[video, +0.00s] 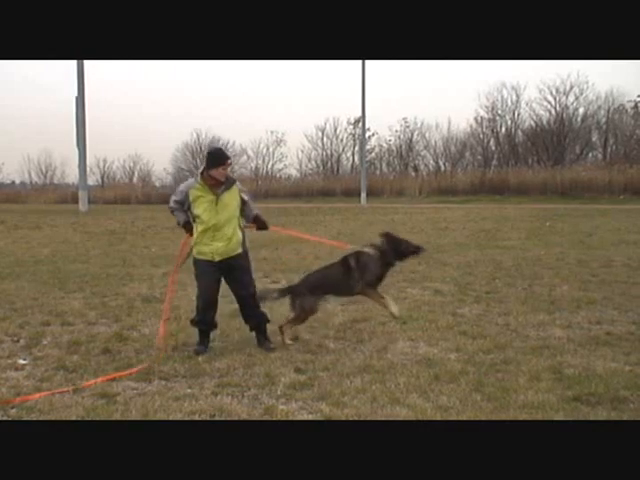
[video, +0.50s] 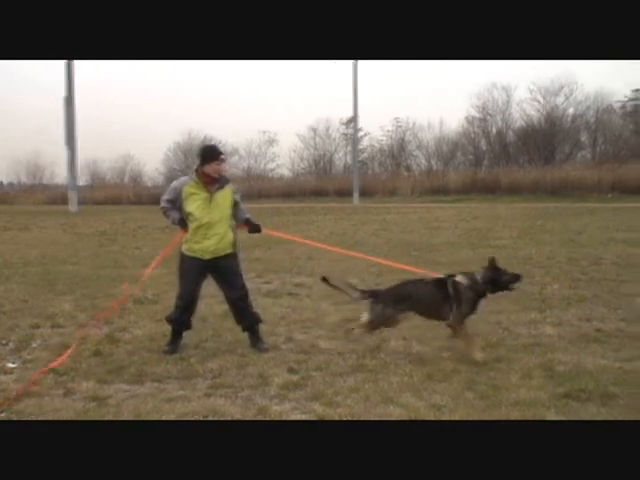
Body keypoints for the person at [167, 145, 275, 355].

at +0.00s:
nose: (226, 171)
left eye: (227, 167)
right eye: (222, 168)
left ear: (227, 168)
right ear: (210, 168)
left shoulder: (233, 187)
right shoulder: (190, 188)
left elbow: (245, 206)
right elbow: (175, 205)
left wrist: (256, 218)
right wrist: (184, 221)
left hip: (234, 253)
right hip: (205, 255)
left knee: (248, 295)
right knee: (206, 299)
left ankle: (262, 335)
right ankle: (203, 340)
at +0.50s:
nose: (221, 167)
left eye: (222, 163)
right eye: (217, 163)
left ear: (221, 165)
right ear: (204, 165)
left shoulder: (227, 188)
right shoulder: (183, 185)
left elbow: (237, 209)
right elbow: (166, 205)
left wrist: (248, 222)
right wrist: (179, 219)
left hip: (224, 253)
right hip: (193, 253)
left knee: (238, 295)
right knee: (186, 298)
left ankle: (255, 336)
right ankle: (175, 339)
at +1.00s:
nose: (177, 168)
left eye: (179, 164)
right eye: (173, 164)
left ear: (179, 164)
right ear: (160, 164)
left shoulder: (183, 186)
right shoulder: (138, 183)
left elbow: (189, 209)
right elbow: (120, 202)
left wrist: (196, 220)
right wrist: (133, 219)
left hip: (176, 253)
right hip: (147, 253)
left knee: (186, 296)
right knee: (136, 299)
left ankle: (200, 339)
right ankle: (118, 340)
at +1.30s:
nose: (172, 171)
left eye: (173, 167)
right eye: (168, 167)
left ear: (171, 168)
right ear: (155, 167)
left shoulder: (175, 191)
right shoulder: (131, 186)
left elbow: (180, 216)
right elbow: (111, 206)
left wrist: (188, 224)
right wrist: (127, 221)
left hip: (169, 256)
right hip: (140, 256)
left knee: (181, 299)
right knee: (131, 301)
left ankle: (198, 340)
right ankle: (117, 341)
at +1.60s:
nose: (166, 173)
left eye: (168, 169)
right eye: (163, 169)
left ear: (166, 170)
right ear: (150, 169)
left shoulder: (169, 191)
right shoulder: (127, 188)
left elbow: (171, 215)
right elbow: (105, 210)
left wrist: (178, 225)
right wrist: (123, 223)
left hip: (165, 257)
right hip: (136, 258)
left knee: (178, 299)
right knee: (128, 302)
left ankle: (197, 338)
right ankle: (116, 341)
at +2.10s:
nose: (167, 174)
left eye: (168, 170)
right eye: (163, 170)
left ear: (167, 171)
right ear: (150, 170)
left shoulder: (172, 195)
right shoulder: (126, 189)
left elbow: (177, 220)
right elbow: (106, 208)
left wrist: (185, 227)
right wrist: (123, 224)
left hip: (164, 258)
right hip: (135, 258)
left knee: (178, 299)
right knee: (127, 303)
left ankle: (196, 339)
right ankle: (114, 340)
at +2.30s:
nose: (166, 174)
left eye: (167, 170)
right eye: (162, 170)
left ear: (165, 170)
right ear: (149, 170)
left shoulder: (170, 194)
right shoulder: (126, 189)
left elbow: (175, 222)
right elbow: (104, 209)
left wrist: (183, 228)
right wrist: (122, 224)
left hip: (163, 258)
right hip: (135, 259)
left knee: (176, 300)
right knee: (126, 303)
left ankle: (194, 339)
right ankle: (112, 342)